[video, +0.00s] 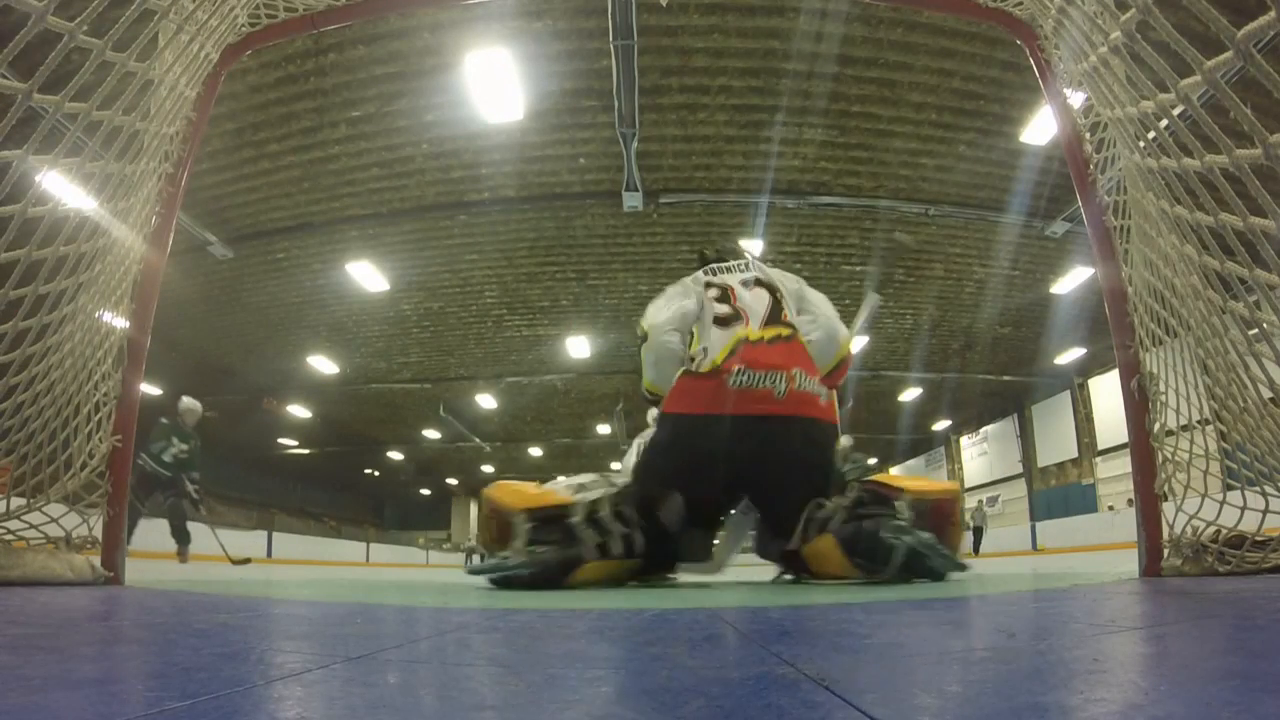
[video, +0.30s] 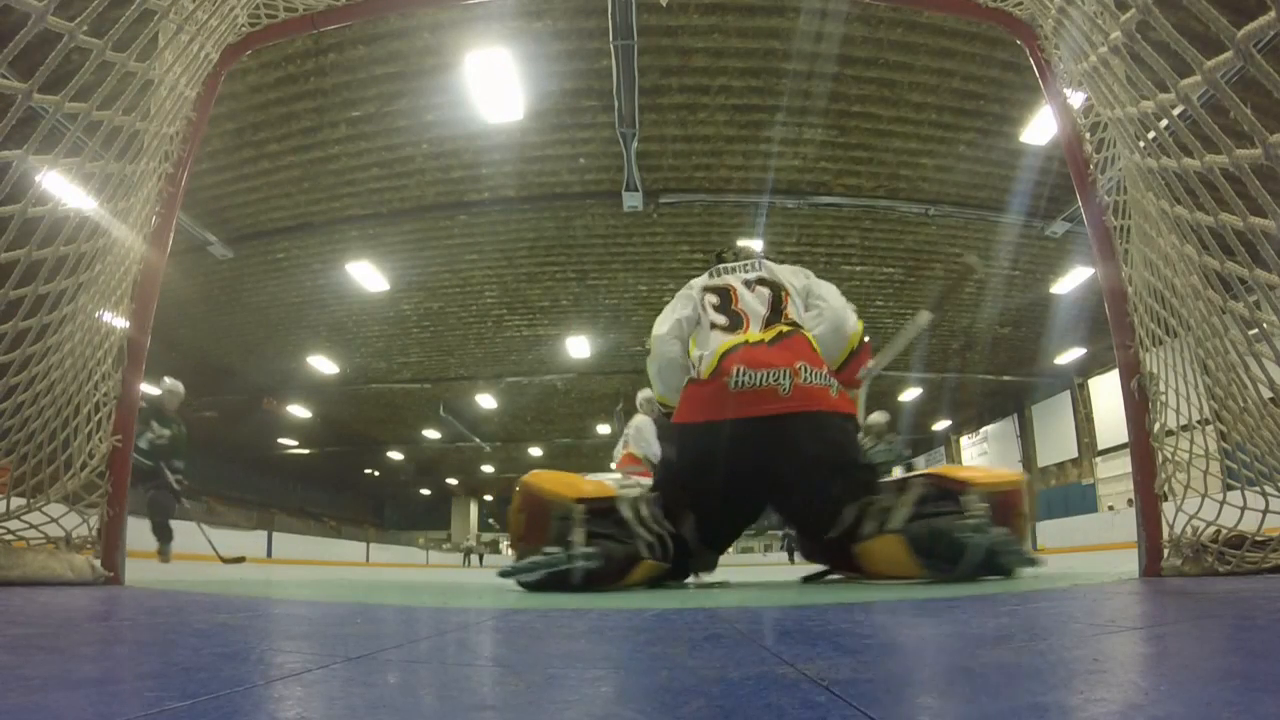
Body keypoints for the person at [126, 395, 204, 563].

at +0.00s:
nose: (194, 420)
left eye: (196, 417)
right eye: (192, 415)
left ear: (198, 417)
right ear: (182, 414)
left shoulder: (193, 440)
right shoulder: (164, 426)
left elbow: (192, 467)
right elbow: (153, 451)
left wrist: (194, 487)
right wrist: (174, 474)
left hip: (171, 477)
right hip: (149, 473)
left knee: (175, 506)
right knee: (134, 504)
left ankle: (182, 544)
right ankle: (122, 541)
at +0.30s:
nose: (171, 401)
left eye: (176, 398)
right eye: (169, 396)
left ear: (180, 401)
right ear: (161, 395)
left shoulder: (179, 428)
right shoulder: (144, 415)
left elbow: (179, 456)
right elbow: (126, 441)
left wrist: (177, 475)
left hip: (160, 472)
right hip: (132, 465)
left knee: (159, 501)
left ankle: (164, 543)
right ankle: (106, 539)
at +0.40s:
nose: (161, 391)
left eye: (166, 387)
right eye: (158, 385)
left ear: (170, 390)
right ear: (151, 384)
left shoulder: (169, 419)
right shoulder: (133, 406)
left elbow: (170, 449)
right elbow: (119, 432)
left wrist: (166, 464)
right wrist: (122, 455)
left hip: (152, 465)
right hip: (125, 460)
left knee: (147, 498)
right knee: (109, 493)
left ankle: (154, 540)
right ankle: (99, 535)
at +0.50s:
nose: (148, 387)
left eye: (153, 383)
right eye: (148, 381)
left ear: (160, 386)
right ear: (143, 382)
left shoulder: (162, 414)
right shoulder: (129, 404)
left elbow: (164, 447)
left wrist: (159, 461)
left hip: (146, 463)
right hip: (123, 459)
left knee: (141, 498)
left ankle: (148, 539)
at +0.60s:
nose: (143, 377)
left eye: (148, 373)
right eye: (141, 371)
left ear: (154, 377)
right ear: (134, 371)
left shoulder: (153, 406)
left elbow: (154, 438)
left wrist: (149, 456)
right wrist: (137, 460)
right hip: (117, 457)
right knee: (118, 499)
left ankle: (135, 542)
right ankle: (114, 541)